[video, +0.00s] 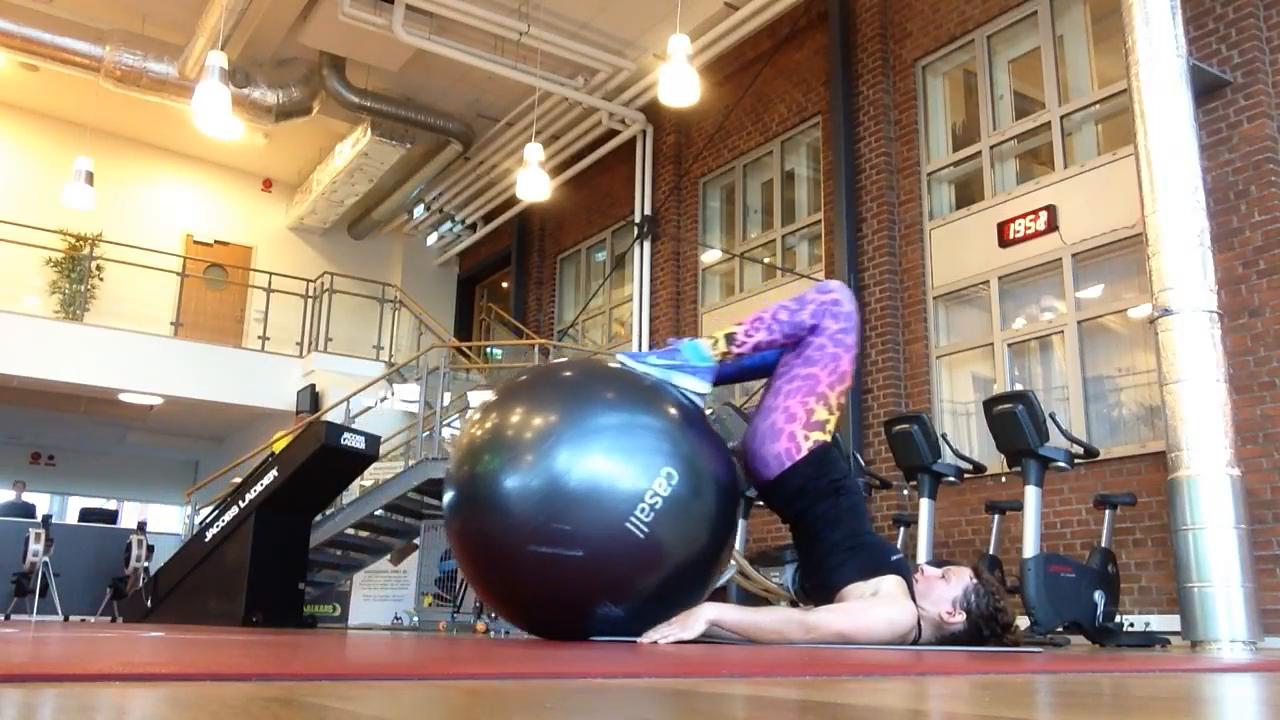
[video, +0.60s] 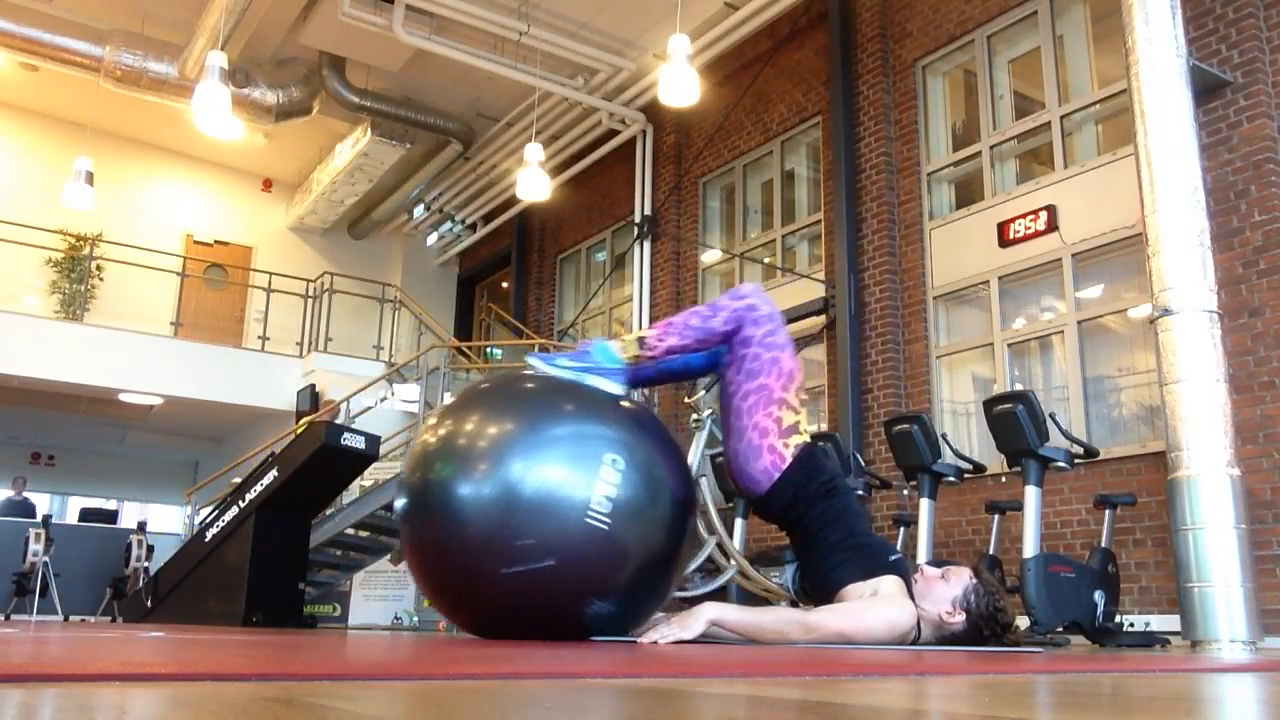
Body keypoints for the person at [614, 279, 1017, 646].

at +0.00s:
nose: (930, 570)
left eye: (943, 578)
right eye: (944, 569)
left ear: (948, 614)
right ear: (948, 613)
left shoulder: (893, 617)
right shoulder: (910, 610)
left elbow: (800, 628)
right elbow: (803, 623)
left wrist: (708, 614)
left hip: (784, 455)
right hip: (809, 455)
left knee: (835, 303)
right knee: (831, 314)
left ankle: (702, 366)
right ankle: (708, 369)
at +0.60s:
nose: (940, 564)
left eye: (950, 578)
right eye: (951, 567)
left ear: (946, 615)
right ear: (940, 583)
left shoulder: (894, 614)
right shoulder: (900, 595)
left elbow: (800, 626)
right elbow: (799, 625)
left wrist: (710, 616)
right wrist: (710, 615)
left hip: (769, 469)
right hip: (791, 463)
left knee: (754, 305)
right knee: (757, 316)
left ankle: (621, 365)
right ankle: (626, 372)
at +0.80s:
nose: (935, 569)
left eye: (946, 580)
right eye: (948, 569)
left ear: (945, 617)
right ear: (945, 602)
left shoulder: (891, 611)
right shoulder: (897, 596)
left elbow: (803, 628)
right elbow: (808, 623)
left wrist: (708, 613)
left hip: (762, 476)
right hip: (780, 465)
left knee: (698, 323)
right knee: (705, 330)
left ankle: (557, 364)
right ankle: (574, 372)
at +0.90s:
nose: (940, 569)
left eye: (951, 582)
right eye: (953, 570)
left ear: (945, 617)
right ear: (944, 603)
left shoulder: (893, 609)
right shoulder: (892, 591)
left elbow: (808, 626)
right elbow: (805, 620)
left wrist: (707, 617)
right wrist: (711, 620)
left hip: (756, 476)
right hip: (773, 463)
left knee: (678, 334)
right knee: (684, 340)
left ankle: (530, 362)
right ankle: (550, 371)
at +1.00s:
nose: (937, 569)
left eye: (949, 581)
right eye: (950, 570)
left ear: (946, 617)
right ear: (945, 605)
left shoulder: (892, 610)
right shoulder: (891, 594)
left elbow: (804, 626)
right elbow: (802, 621)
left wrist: (708, 618)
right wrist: (714, 622)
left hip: (756, 481)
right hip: (773, 467)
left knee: (665, 355)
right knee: (668, 351)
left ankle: (508, 361)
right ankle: (522, 363)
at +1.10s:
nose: (936, 567)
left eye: (949, 579)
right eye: (949, 568)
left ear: (947, 616)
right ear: (943, 604)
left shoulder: (895, 609)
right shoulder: (891, 594)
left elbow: (805, 626)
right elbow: (802, 622)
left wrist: (706, 619)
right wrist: (709, 623)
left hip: (752, 480)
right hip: (764, 470)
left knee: (656, 368)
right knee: (662, 370)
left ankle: (496, 361)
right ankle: (519, 377)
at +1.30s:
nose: (936, 568)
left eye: (949, 581)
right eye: (949, 569)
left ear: (945, 617)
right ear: (942, 601)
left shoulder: (893, 609)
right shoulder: (889, 591)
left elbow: (805, 626)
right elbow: (802, 622)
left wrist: (708, 618)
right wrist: (709, 622)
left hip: (751, 484)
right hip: (762, 470)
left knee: (635, 381)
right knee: (638, 380)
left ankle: (484, 364)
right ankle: (502, 379)